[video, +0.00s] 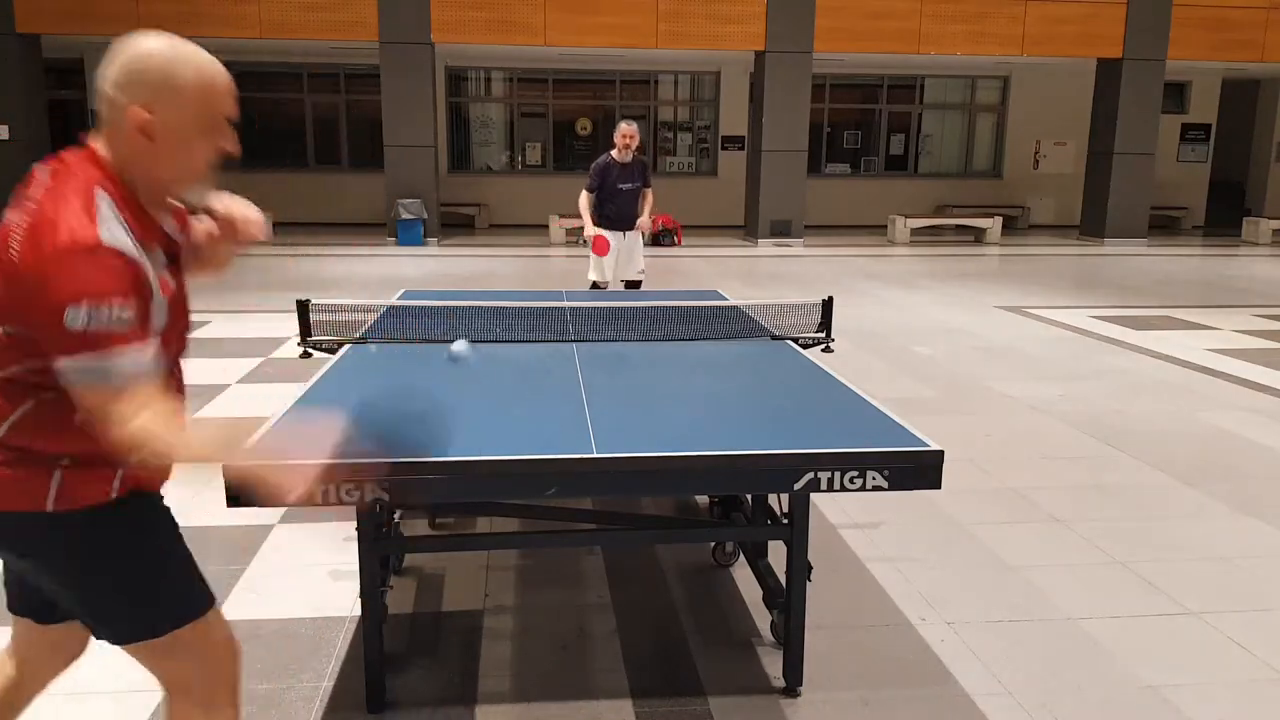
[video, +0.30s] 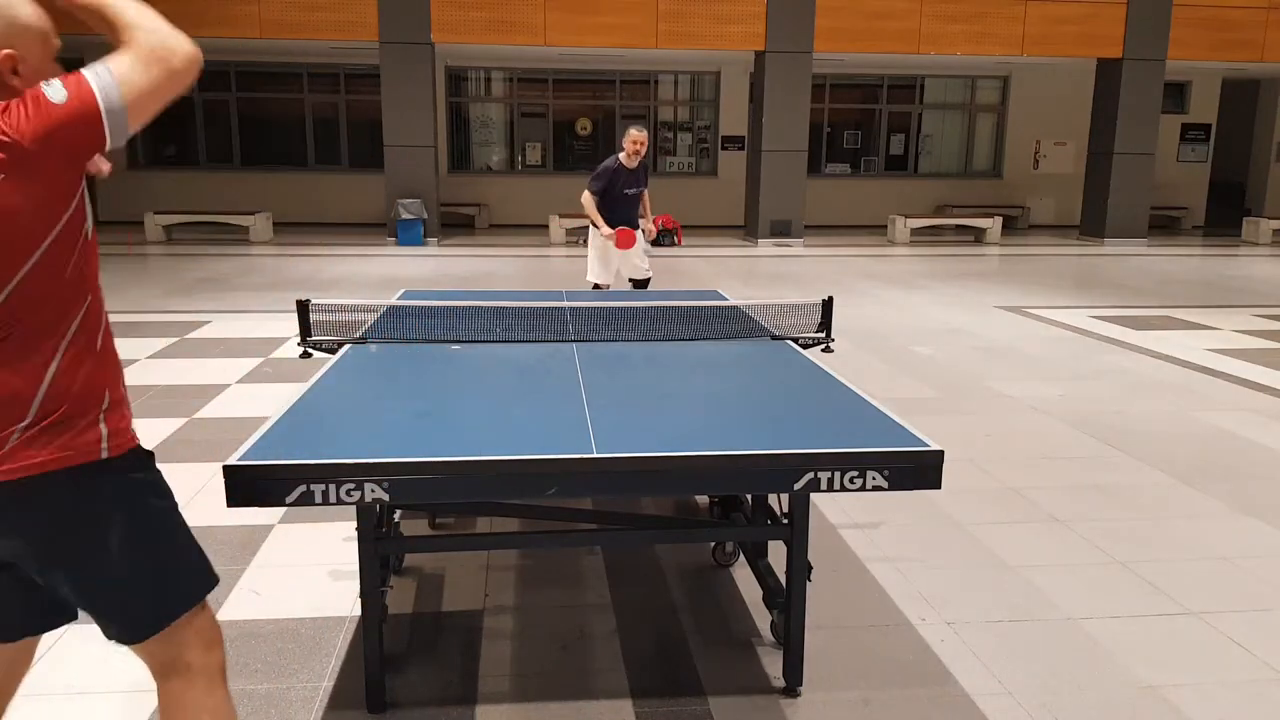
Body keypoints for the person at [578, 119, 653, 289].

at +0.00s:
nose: (628, 141)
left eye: (632, 137)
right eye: (624, 137)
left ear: (638, 140)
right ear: (615, 138)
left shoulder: (642, 165)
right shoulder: (601, 165)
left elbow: (647, 193)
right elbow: (585, 196)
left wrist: (645, 216)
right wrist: (588, 225)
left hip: (632, 233)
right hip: (605, 233)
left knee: (634, 283)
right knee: (600, 284)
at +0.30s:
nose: (638, 148)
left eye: (642, 144)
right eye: (634, 143)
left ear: (647, 146)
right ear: (624, 143)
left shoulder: (642, 167)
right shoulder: (609, 167)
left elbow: (643, 193)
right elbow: (586, 198)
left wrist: (648, 221)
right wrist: (602, 226)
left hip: (632, 234)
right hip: (605, 234)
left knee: (642, 278)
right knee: (602, 284)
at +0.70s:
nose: (663, 170)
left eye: (667, 166)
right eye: (660, 163)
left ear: (671, 165)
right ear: (649, 155)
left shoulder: (653, 175)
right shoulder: (634, 178)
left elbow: (656, 203)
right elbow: (647, 219)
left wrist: (672, 227)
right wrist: (669, 207)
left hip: (642, 233)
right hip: (622, 233)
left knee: (648, 281)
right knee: (645, 280)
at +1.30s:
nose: (651, 160)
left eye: (656, 156)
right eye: (647, 154)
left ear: (661, 156)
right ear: (638, 152)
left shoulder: (658, 175)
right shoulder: (624, 175)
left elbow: (675, 194)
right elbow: (600, 198)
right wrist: (581, 220)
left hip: (653, 238)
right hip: (627, 238)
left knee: (657, 289)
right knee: (638, 288)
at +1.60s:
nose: (635, 146)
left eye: (640, 141)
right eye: (632, 141)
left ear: (646, 142)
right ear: (623, 141)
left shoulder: (650, 166)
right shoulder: (611, 166)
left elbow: (661, 193)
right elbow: (593, 196)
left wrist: (668, 215)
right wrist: (596, 221)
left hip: (642, 232)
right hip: (614, 231)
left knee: (642, 282)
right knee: (608, 279)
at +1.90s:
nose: (627, 150)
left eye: (631, 146)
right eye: (623, 145)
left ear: (636, 147)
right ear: (614, 145)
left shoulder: (634, 170)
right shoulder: (600, 170)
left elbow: (638, 199)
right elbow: (584, 203)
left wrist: (644, 226)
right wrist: (589, 233)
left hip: (627, 236)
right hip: (599, 238)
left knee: (641, 278)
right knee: (590, 286)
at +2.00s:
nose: (631, 147)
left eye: (635, 143)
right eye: (627, 142)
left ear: (639, 145)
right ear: (617, 142)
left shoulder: (635, 166)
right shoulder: (603, 167)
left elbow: (637, 196)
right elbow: (582, 199)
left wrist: (643, 224)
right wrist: (594, 228)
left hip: (626, 233)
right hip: (598, 234)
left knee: (638, 276)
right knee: (590, 282)